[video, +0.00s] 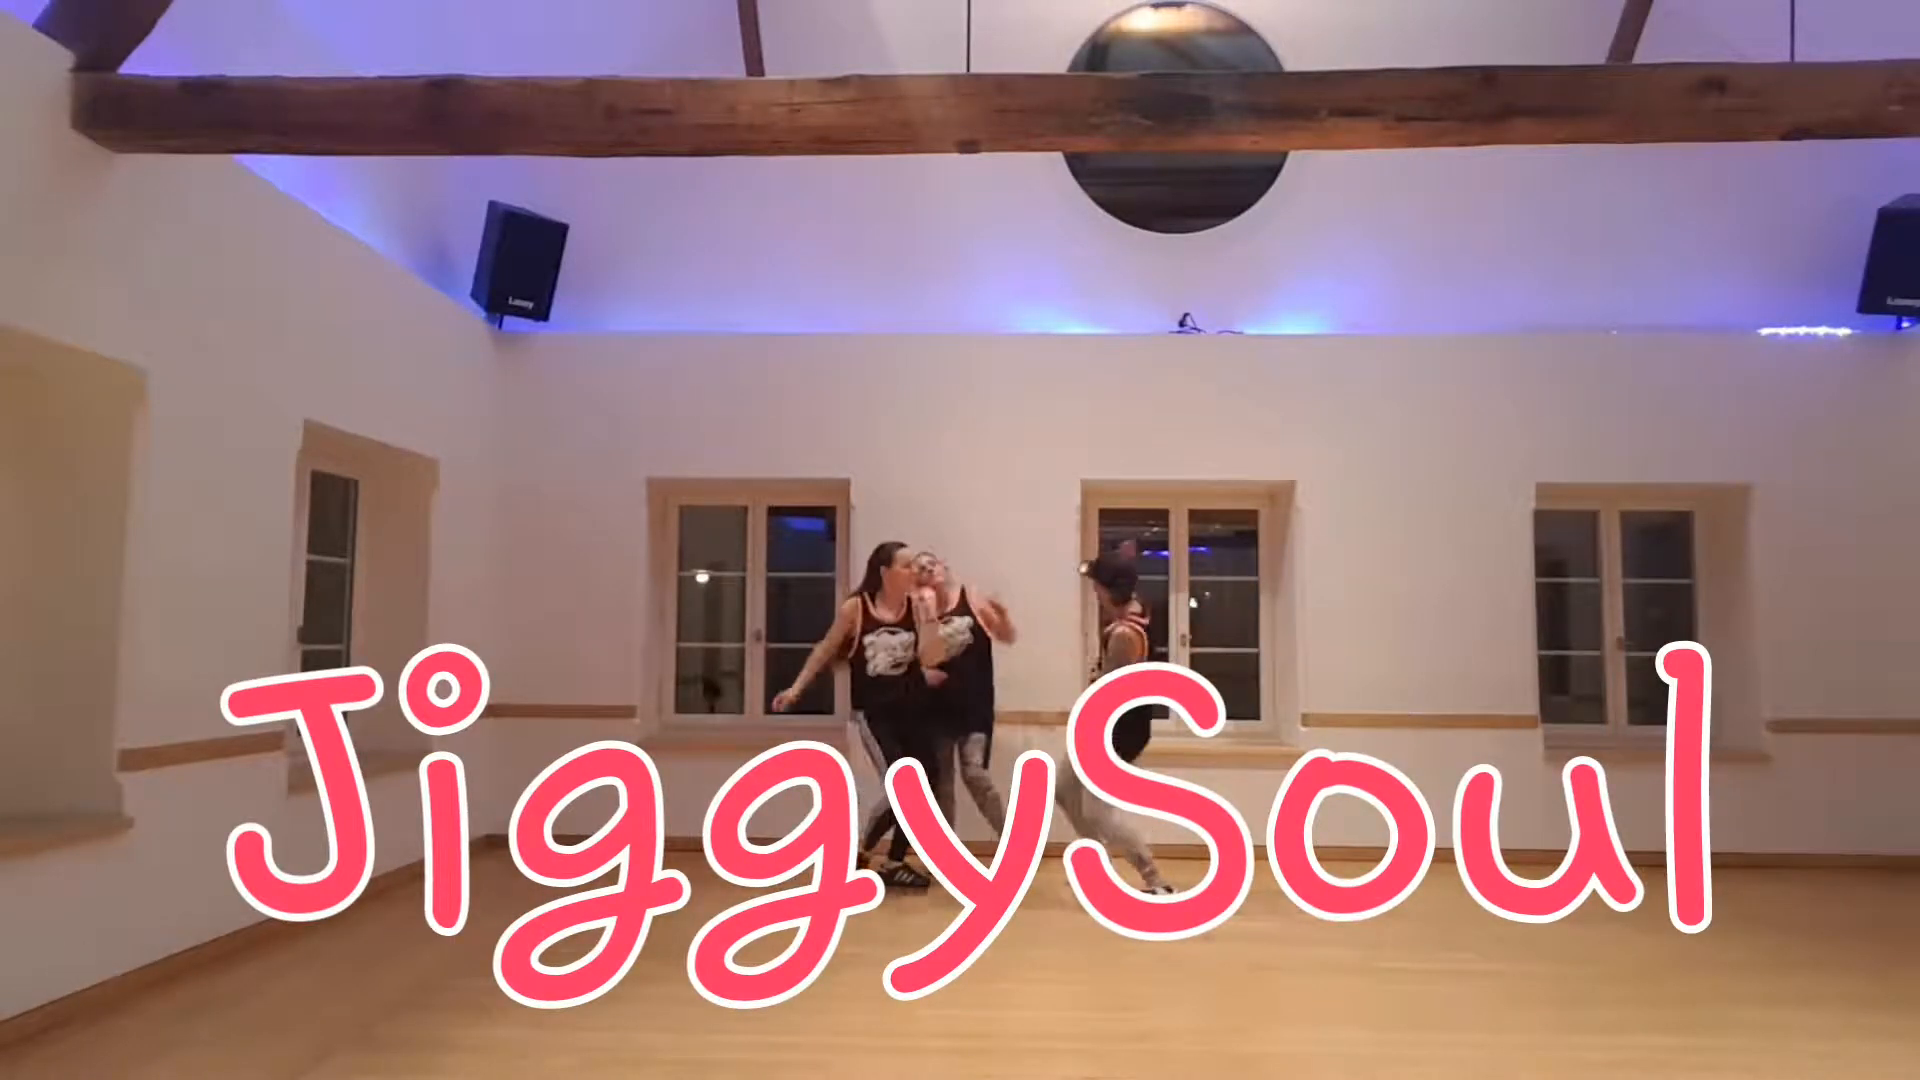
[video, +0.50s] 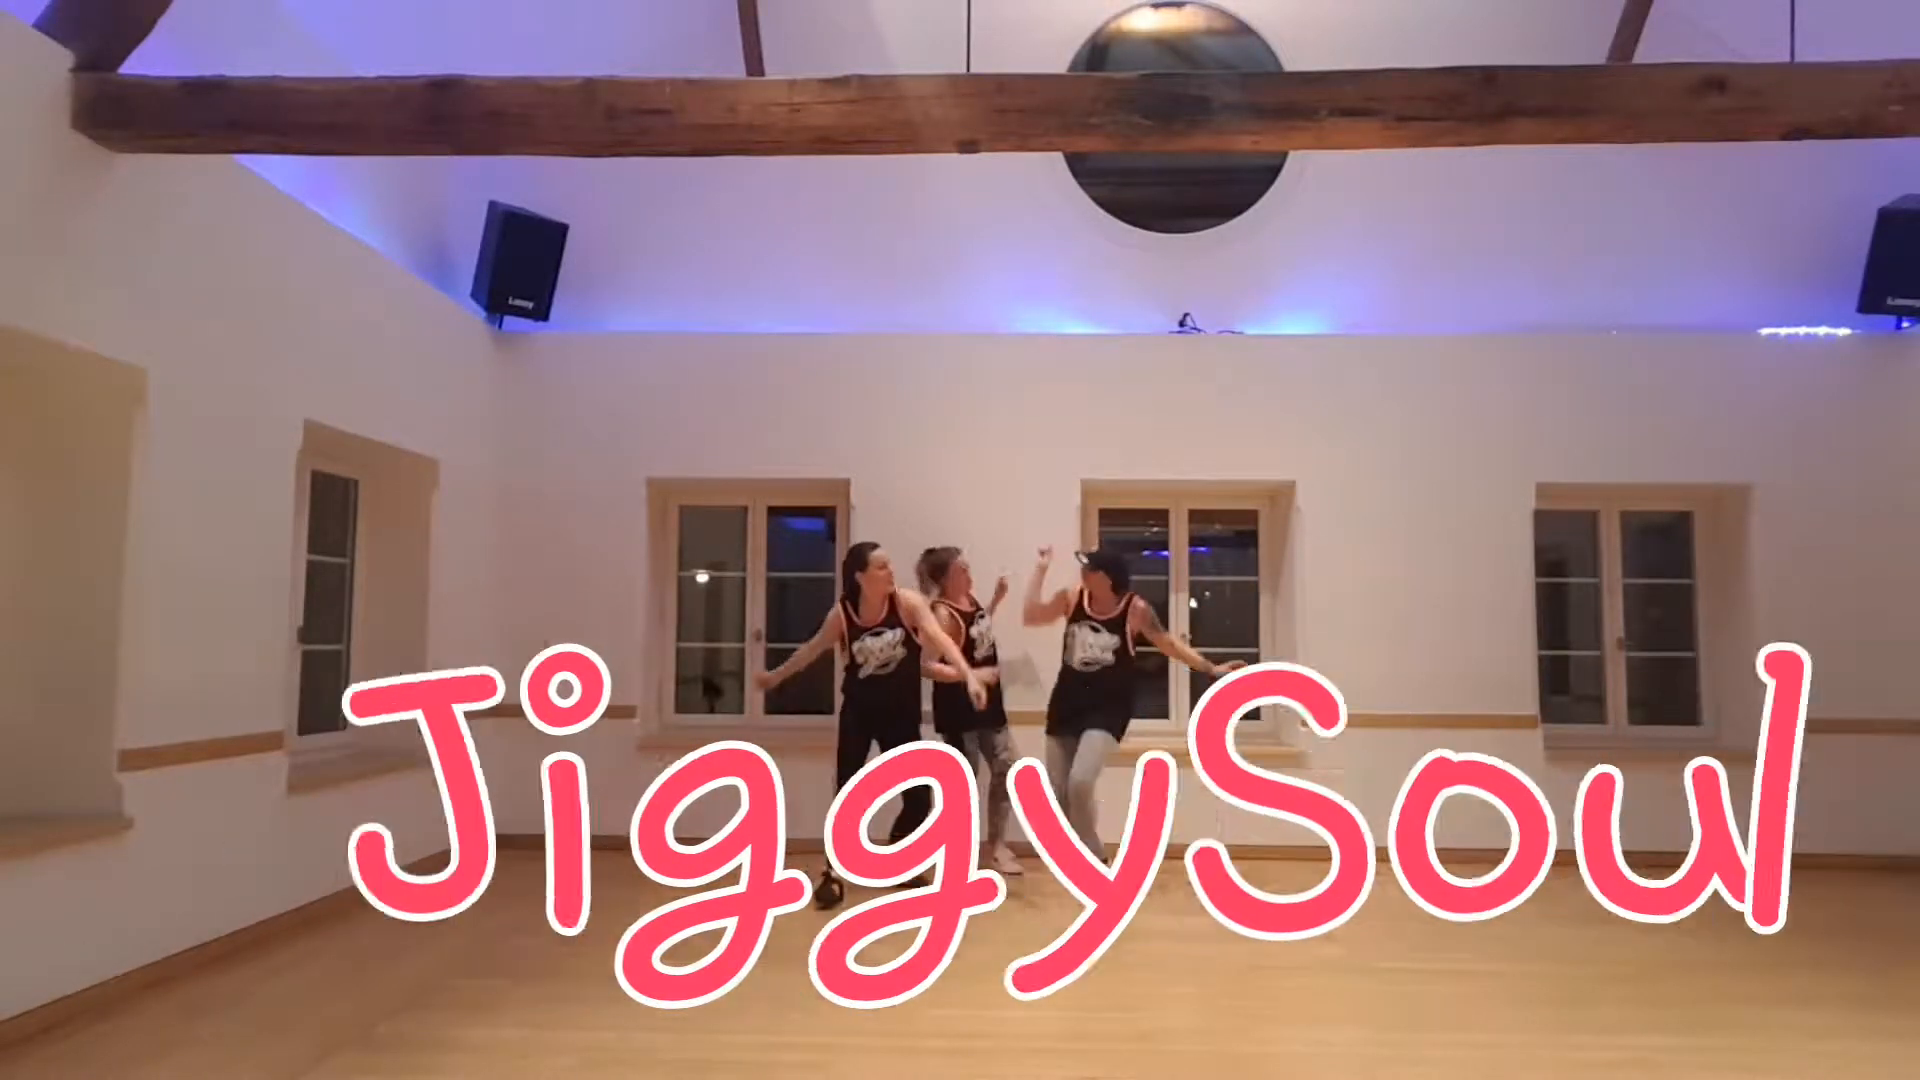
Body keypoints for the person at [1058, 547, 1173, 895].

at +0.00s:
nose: (1095, 592)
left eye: (1097, 586)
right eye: (1096, 586)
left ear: (1105, 590)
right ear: (1127, 587)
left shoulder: (1122, 635)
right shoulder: (1131, 625)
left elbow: (1114, 691)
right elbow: (1114, 685)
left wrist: (1096, 732)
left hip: (1121, 732)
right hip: (1127, 727)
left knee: (1096, 810)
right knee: (1065, 785)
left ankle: (1155, 882)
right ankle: (1097, 854)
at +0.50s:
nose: (1084, 574)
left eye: (1091, 570)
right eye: (1085, 569)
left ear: (1108, 577)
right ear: (1090, 575)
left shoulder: (1136, 610)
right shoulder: (1073, 598)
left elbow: (1169, 646)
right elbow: (1031, 616)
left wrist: (1213, 669)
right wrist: (1039, 571)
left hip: (1109, 704)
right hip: (1067, 700)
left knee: (1079, 782)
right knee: (1057, 787)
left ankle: (1091, 856)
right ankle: (1071, 858)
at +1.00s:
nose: (1093, 556)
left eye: (1099, 550)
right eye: (1091, 550)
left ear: (1118, 553)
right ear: (1095, 555)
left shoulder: (1143, 589)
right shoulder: (1083, 582)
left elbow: (1165, 621)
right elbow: (1056, 618)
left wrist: (1197, 600)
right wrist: (1070, 589)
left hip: (1128, 699)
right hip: (1084, 698)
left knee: (1134, 779)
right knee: (1077, 782)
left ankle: (1154, 864)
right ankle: (1091, 858)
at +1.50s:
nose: (1129, 554)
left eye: (1136, 548)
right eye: (1126, 550)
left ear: (1155, 551)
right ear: (1125, 557)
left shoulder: (1179, 582)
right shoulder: (1113, 588)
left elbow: (1223, 559)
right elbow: (1107, 641)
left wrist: (1194, 515)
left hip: (1166, 697)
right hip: (1118, 694)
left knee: (1167, 786)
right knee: (1098, 774)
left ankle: (1176, 872)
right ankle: (1113, 846)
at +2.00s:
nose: (1129, 558)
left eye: (1136, 551)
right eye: (1127, 551)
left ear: (1157, 555)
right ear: (1132, 558)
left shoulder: (1168, 584)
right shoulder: (1134, 589)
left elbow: (1124, 603)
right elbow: (1117, 603)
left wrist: (1095, 567)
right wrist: (1097, 572)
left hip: (1165, 710)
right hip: (1124, 706)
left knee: (1160, 790)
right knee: (1092, 773)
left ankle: (1176, 874)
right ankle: (1123, 859)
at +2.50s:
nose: (1087, 578)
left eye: (1094, 573)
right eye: (1087, 571)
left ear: (1113, 579)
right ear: (1088, 576)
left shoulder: (1131, 613)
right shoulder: (1080, 605)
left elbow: (1129, 669)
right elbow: (1062, 658)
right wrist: (1032, 679)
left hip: (1106, 718)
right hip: (1065, 713)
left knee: (1125, 805)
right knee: (1040, 792)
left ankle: (1172, 875)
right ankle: (1055, 868)